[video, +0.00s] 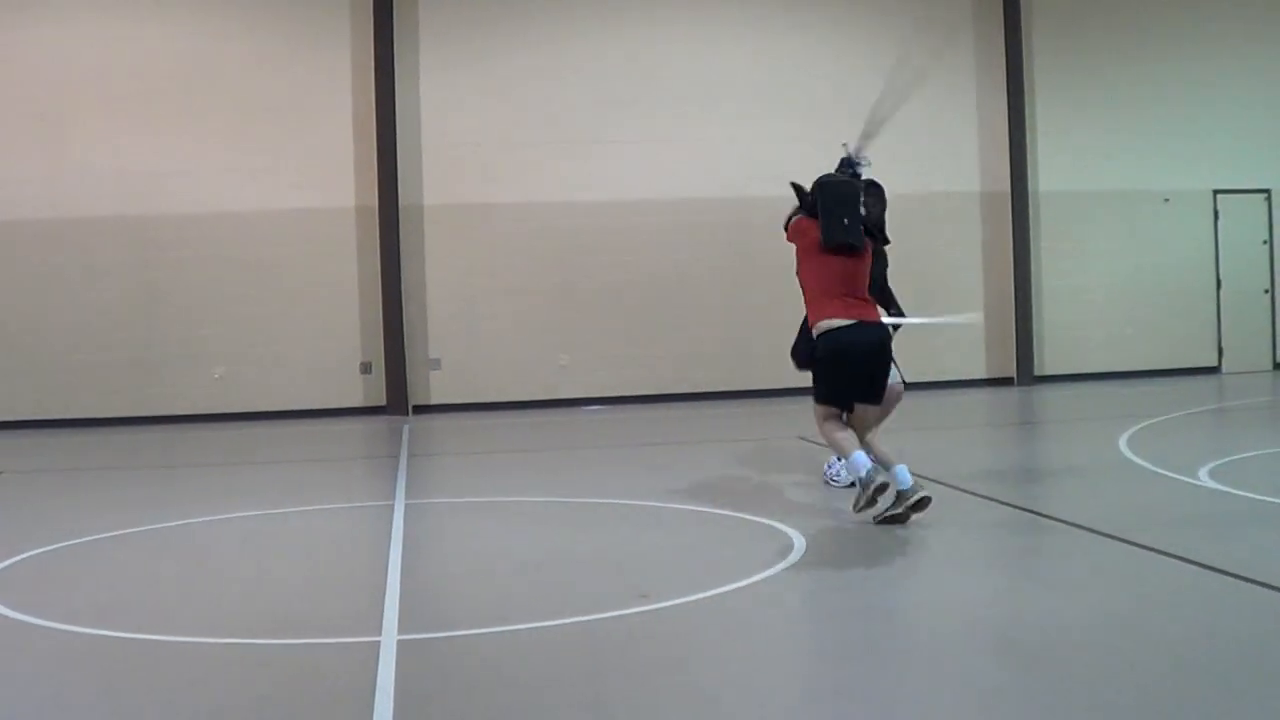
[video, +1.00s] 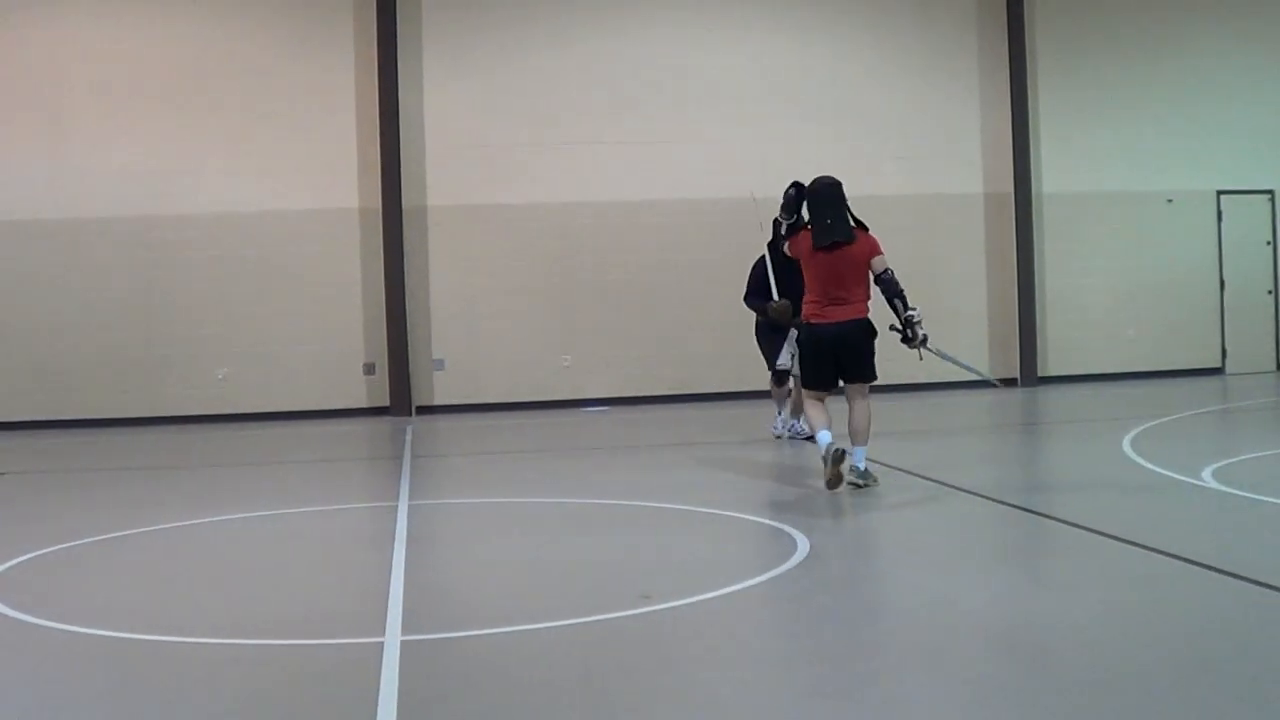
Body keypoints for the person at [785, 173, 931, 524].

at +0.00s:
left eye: (807, 203)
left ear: (815, 205)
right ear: (853, 205)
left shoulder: (804, 231)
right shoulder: (865, 239)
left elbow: (794, 220)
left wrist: (820, 203)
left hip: (832, 340)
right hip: (874, 335)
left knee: (828, 419)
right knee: (859, 427)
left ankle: (866, 474)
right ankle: (906, 485)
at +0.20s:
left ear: (798, 218)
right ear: (831, 208)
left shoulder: (797, 260)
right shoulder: (852, 232)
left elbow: (788, 245)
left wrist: (790, 221)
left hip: (831, 340)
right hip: (874, 331)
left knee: (843, 419)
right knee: (898, 410)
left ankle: (851, 483)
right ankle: (888, 475)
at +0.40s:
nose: (848, 222)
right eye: (844, 218)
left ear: (806, 231)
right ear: (841, 223)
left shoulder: (804, 270)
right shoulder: (862, 252)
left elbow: (807, 312)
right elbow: (888, 299)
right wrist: (903, 339)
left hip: (822, 344)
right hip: (862, 337)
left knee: (845, 408)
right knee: (883, 413)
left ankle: (850, 477)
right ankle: (870, 455)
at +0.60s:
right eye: (859, 204)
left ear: (823, 210)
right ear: (857, 207)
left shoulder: (809, 248)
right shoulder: (869, 240)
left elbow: (802, 294)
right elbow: (883, 288)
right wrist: (900, 325)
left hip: (814, 324)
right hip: (853, 320)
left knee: (829, 400)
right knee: (870, 392)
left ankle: (843, 475)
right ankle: (879, 465)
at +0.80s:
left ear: (824, 203)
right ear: (857, 203)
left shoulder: (808, 241)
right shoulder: (872, 239)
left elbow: (794, 277)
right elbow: (894, 282)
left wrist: (822, 276)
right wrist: (919, 316)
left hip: (815, 329)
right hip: (854, 328)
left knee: (828, 401)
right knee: (860, 399)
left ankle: (846, 471)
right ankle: (865, 466)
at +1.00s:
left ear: (812, 207)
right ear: (843, 203)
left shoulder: (804, 241)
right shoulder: (863, 240)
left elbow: (783, 247)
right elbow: (888, 282)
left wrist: (786, 216)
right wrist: (909, 318)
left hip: (816, 333)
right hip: (856, 330)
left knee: (814, 396)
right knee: (858, 395)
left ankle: (828, 447)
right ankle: (859, 467)